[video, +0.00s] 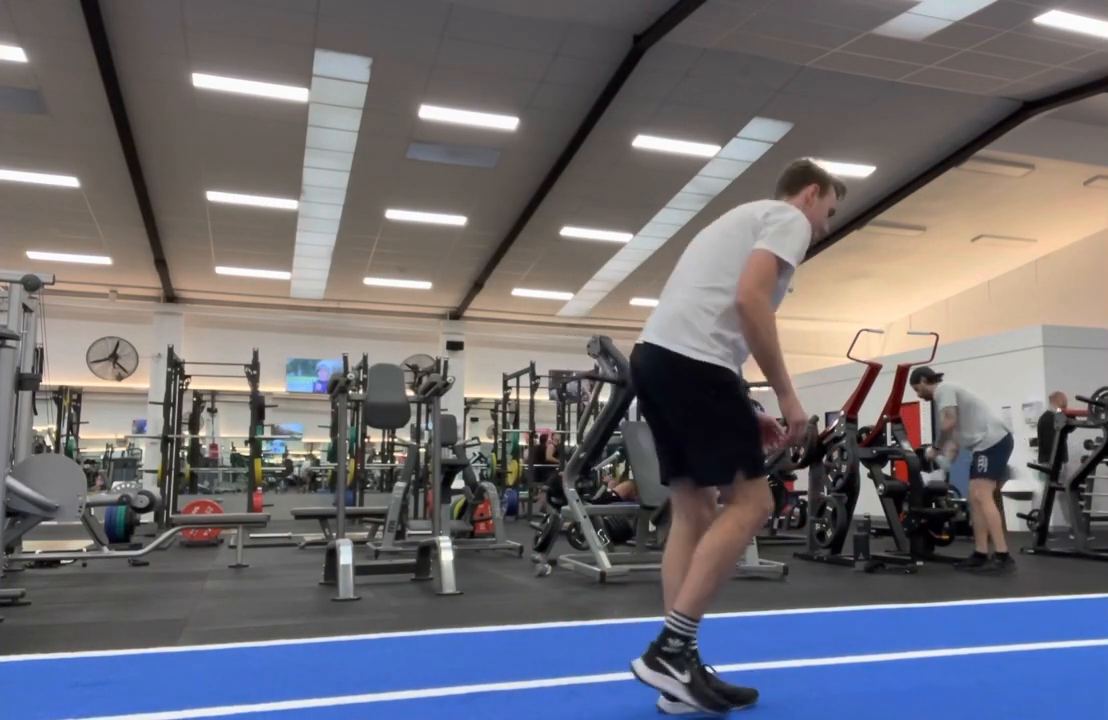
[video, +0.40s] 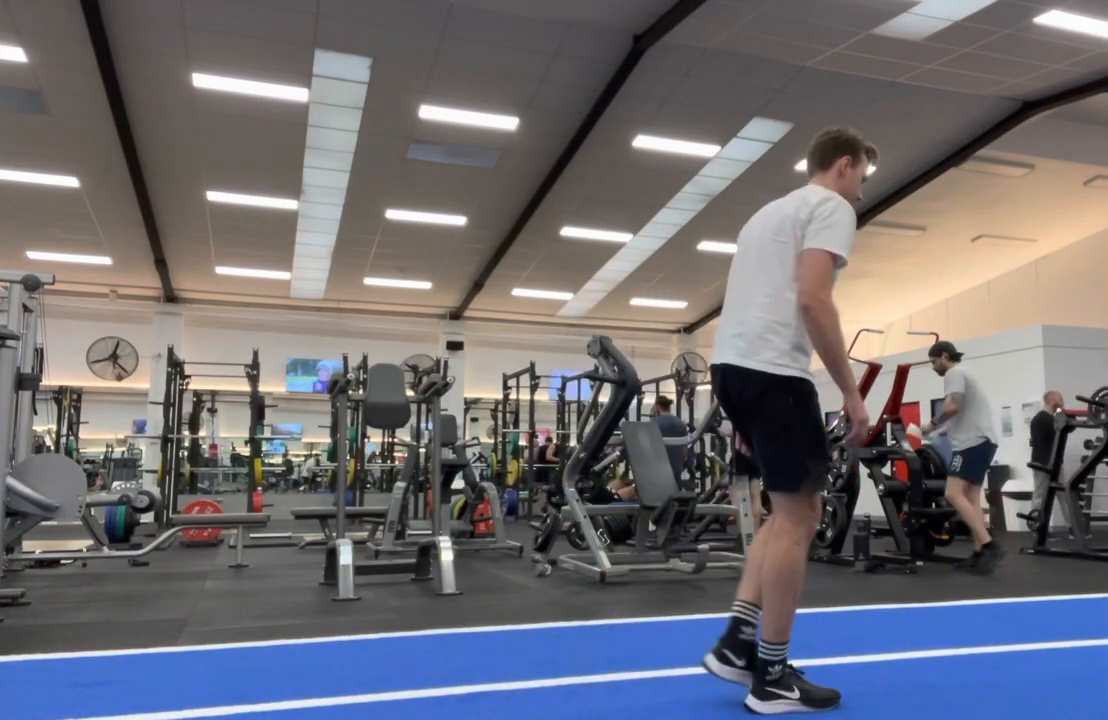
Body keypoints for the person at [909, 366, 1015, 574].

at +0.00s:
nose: (918, 395)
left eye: (917, 389)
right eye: (915, 391)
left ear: (925, 381)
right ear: (926, 382)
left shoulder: (944, 390)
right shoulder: (947, 395)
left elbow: (948, 423)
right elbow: (956, 439)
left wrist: (936, 448)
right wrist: (945, 462)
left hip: (993, 439)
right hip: (982, 444)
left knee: (982, 494)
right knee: (974, 497)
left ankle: (1002, 555)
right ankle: (981, 554)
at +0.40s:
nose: (932, 366)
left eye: (934, 361)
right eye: (931, 362)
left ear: (945, 357)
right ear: (949, 357)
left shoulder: (955, 373)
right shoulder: (963, 374)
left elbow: (954, 406)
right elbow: (961, 414)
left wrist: (933, 424)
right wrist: (935, 427)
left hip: (973, 440)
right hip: (983, 440)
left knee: (953, 493)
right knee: (971, 496)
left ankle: (987, 544)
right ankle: (979, 550)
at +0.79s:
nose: (936, 355)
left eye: (939, 350)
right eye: (936, 350)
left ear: (951, 350)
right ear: (957, 350)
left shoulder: (954, 370)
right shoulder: (967, 372)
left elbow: (948, 405)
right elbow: (960, 409)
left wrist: (928, 418)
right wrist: (935, 418)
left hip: (959, 441)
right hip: (975, 441)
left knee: (947, 495)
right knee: (969, 497)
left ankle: (951, 552)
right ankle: (980, 552)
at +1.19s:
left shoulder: (947, 374)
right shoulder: (956, 374)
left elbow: (939, 407)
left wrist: (918, 405)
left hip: (943, 442)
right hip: (962, 440)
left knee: (944, 500)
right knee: (965, 498)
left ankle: (947, 554)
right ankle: (979, 551)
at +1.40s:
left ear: (935, 346)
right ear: (953, 348)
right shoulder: (957, 374)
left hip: (943, 443)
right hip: (960, 444)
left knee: (940, 495)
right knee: (961, 494)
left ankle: (946, 553)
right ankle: (979, 551)